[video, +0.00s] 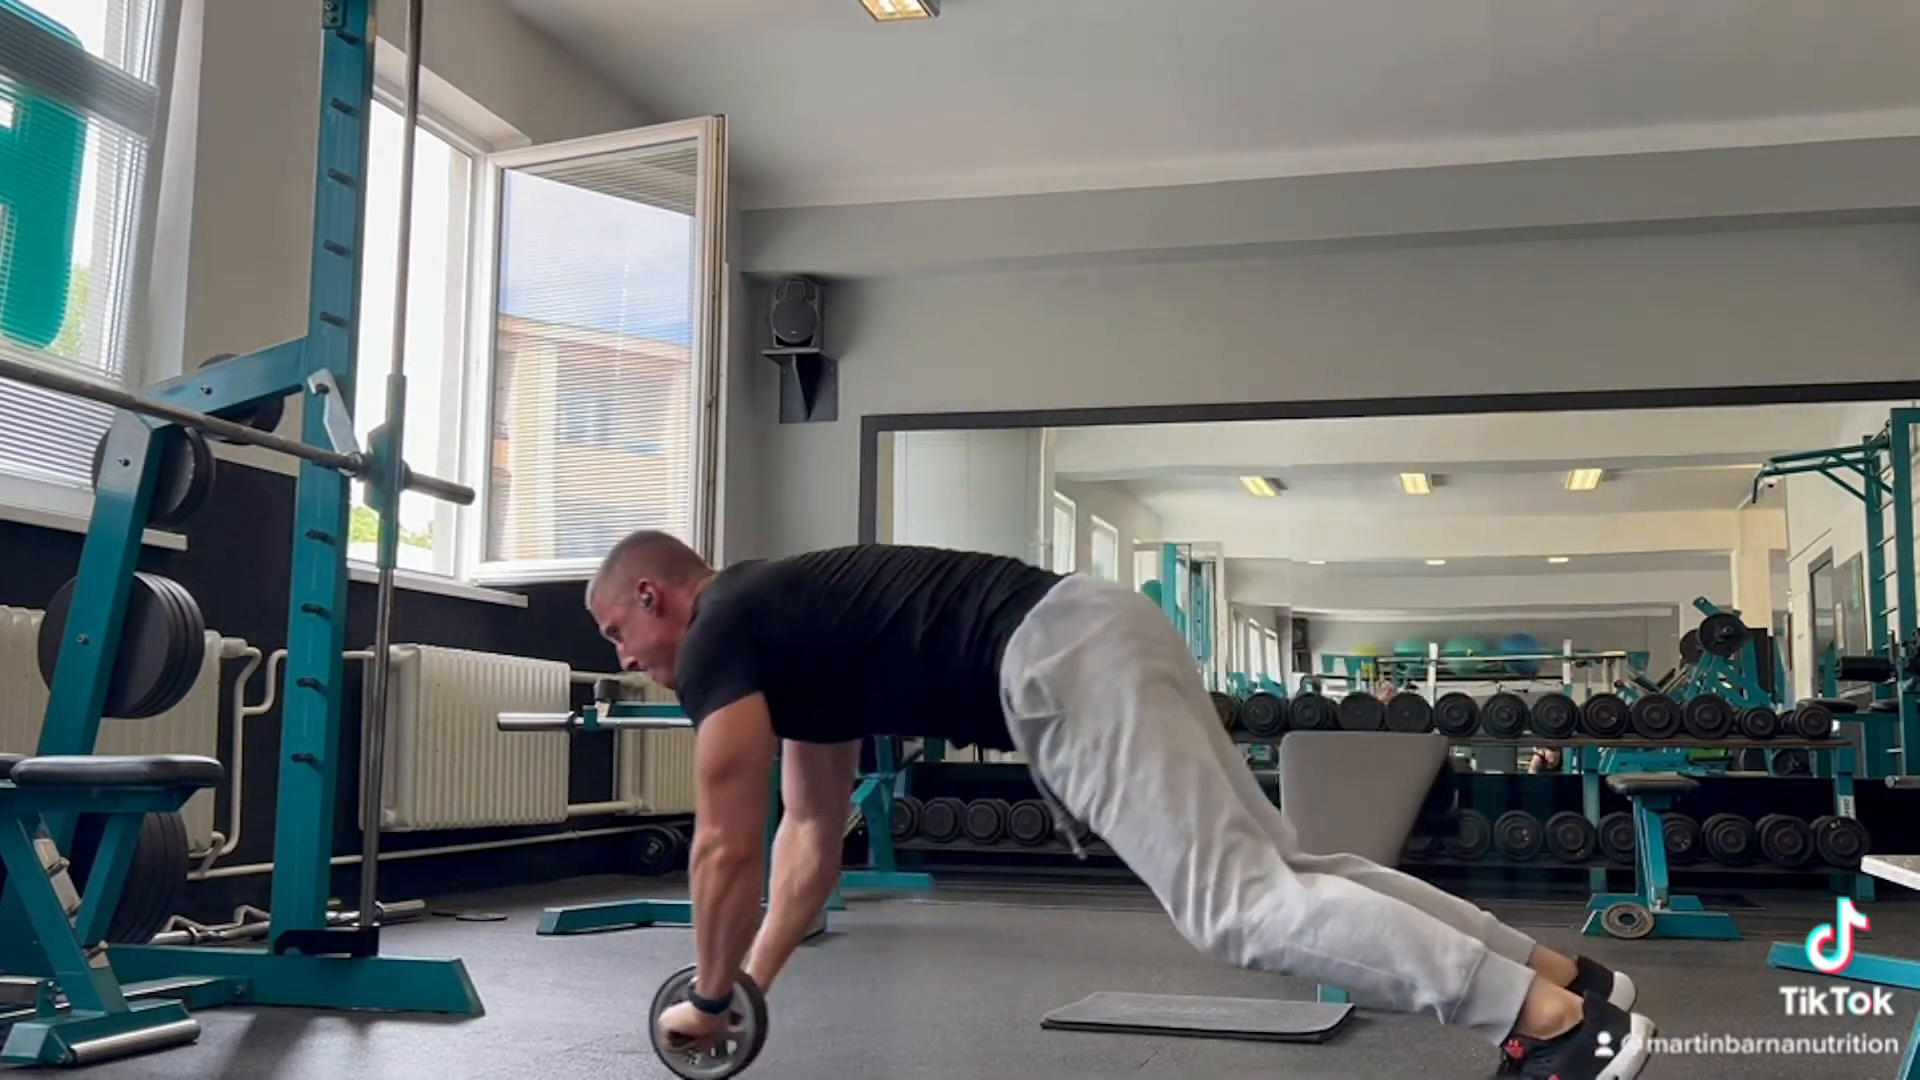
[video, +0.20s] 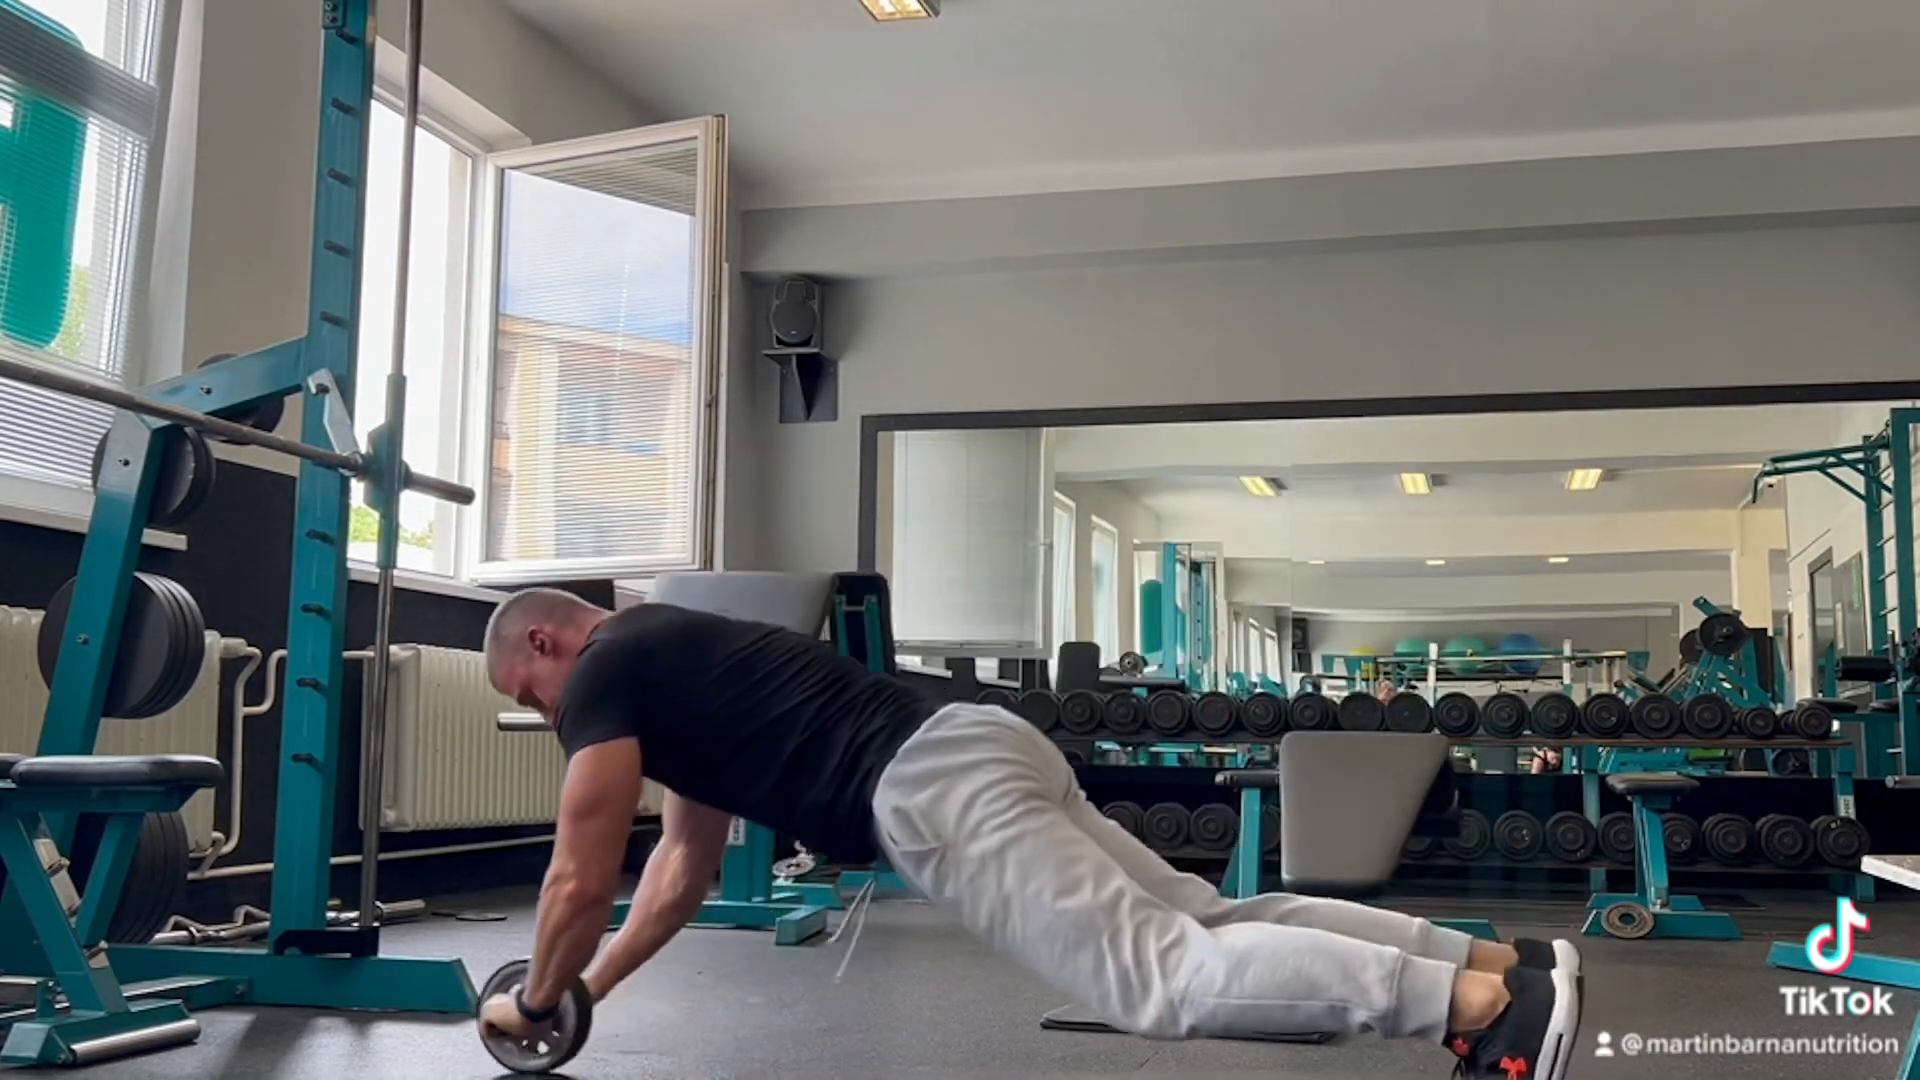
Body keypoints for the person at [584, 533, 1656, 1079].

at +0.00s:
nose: (627, 661)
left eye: (620, 638)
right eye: (617, 644)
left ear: (656, 599)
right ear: (689, 585)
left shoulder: (729, 629)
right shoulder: (800, 631)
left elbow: (729, 844)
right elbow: (811, 842)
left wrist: (711, 992)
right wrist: (749, 980)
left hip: (1060, 651)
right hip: (1094, 632)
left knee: (1237, 906)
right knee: (1268, 873)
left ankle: (1543, 1004)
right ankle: (1552, 980)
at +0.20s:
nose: (536, 713)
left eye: (525, 688)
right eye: (525, 698)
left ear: (552, 636)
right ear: (585, 626)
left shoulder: (615, 661)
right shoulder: (688, 667)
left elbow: (580, 876)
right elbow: (677, 873)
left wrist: (539, 1002)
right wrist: (580, 991)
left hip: (931, 780)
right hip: (972, 746)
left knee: (1151, 979)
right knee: (1190, 918)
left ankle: (1464, 1001)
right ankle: (1477, 964)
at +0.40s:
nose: (494, 823)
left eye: (480, 799)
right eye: (483, 810)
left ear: (498, 754)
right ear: (538, 725)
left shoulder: (561, 750)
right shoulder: (643, 733)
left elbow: (487, 953)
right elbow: (600, 933)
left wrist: (422, 1002)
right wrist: (488, 987)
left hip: (889, 879)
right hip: (939, 827)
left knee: (1120, 1033)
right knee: (1172, 967)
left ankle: (1431, 1016)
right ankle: (1461, 975)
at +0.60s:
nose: (465, 935)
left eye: (449, 921)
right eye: (461, 927)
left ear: (471, 865)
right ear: (514, 853)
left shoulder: (519, 849)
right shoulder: (611, 845)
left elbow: (397, 1009)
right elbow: (540, 978)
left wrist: (341, 1006)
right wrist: (413, 1004)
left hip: (870, 966)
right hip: (912, 896)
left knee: (1122, 1061)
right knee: (1159, 1003)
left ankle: (1416, 1025)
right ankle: (1448, 973)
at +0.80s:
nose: (429, 981)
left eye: (432, 959)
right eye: (427, 967)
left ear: (457, 911)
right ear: (520, 866)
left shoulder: (506, 915)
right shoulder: (598, 899)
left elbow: (329, 1041)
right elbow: (529, 1022)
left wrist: (263, 1008)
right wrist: (394, 1016)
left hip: (848, 999)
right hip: (880, 944)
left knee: (1127, 1058)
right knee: (1134, 1028)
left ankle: (1422, 1000)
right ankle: (1420, 1003)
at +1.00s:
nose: (425, 992)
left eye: (423, 974)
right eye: (420, 980)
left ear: (449, 926)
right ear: (518, 884)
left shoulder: (504, 923)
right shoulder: (591, 916)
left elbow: (326, 1038)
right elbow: (517, 1031)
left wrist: (254, 1010)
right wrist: (387, 1025)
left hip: (834, 1001)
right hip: (875, 943)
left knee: (1115, 1051)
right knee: (1120, 1023)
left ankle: (1408, 1003)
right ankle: (1406, 1002)